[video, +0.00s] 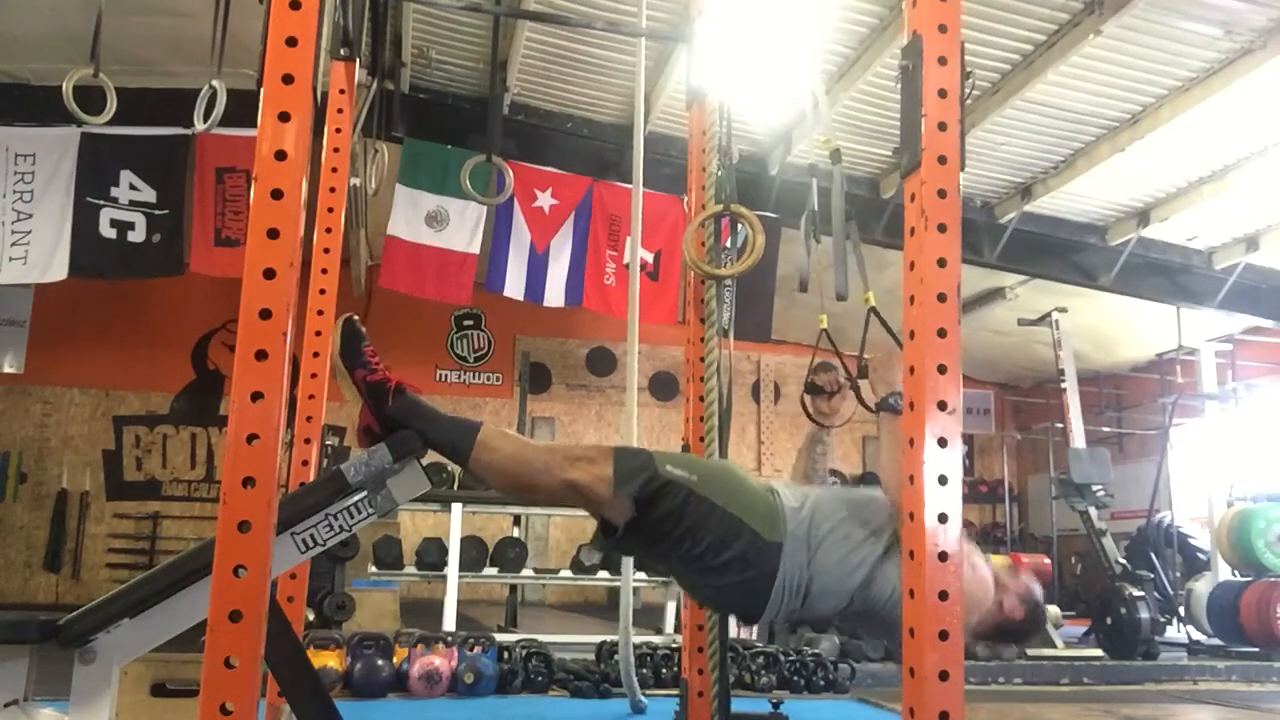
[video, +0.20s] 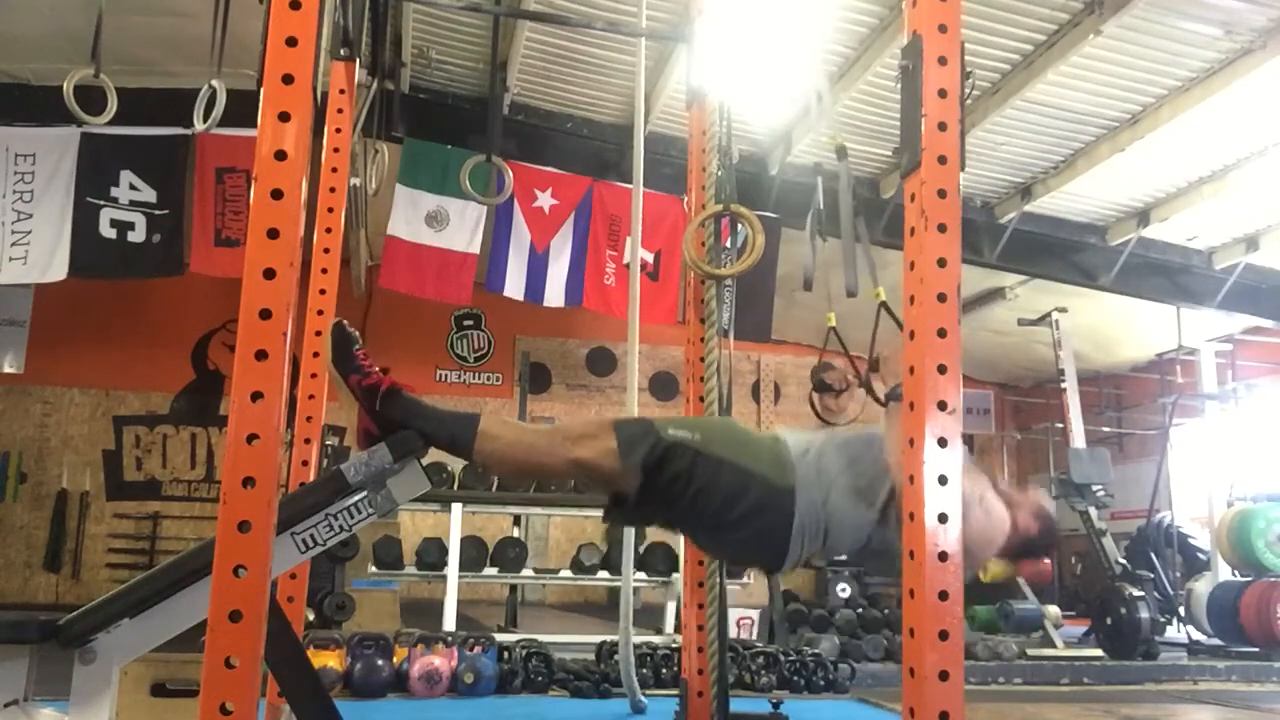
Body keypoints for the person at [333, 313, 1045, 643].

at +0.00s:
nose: (1017, 568)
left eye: (1024, 583)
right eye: (1025, 569)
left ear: (1007, 613)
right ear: (1002, 566)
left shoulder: (966, 596)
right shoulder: (947, 564)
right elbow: (859, 499)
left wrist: (934, 454)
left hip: (771, 549)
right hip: (766, 522)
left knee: (606, 479)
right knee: (600, 470)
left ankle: (402, 412)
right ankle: (416, 432)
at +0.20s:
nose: (1014, 502)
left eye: (1023, 512)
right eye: (1022, 499)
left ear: (1015, 544)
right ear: (1010, 492)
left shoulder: (969, 532)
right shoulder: (960, 496)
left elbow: (908, 490)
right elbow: (891, 460)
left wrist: (928, 428)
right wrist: (888, 409)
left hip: (786, 500)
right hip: (775, 475)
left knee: (605, 461)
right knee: (596, 453)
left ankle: (402, 417)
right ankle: (407, 415)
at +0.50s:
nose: (1019, 422)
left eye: (1030, 432)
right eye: (1025, 419)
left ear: (1027, 460)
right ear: (1011, 421)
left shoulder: (985, 465)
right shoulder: (964, 428)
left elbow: (907, 471)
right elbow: (886, 426)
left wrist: (918, 381)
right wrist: (895, 370)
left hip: (786, 443)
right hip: (776, 425)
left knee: (594, 373)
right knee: (579, 392)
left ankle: (389, 407)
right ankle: (398, 421)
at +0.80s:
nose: (925, 422)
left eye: (939, 432)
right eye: (937, 422)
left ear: (938, 467)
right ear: (927, 426)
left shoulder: (897, 486)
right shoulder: (884, 434)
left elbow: (825, 474)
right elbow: (828, 418)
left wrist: (824, 382)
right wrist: (830, 363)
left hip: (687, 418)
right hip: (688, 382)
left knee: (530, 294)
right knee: (515, 316)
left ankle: (370, 408)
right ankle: (378, 400)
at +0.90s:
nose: (894, 421)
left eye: (906, 434)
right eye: (904, 420)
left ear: (900, 470)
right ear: (891, 433)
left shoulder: (848, 480)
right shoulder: (832, 439)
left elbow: (772, 476)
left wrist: (802, 394)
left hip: (646, 405)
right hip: (646, 395)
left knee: (492, 276)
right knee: (485, 303)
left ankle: (352, 416)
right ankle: (357, 413)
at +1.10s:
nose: (809, 438)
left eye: (817, 452)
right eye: (817, 440)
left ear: (807, 471)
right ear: (804, 437)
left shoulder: (763, 473)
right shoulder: (746, 444)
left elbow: (679, 458)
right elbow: (602, 477)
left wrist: (710, 378)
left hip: (569, 373)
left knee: (410, 243)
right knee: (392, 296)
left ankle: (329, 421)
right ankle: (326, 421)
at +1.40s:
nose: (730, 385)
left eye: (740, 400)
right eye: (742, 389)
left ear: (726, 429)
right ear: (724, 416)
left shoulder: (681, 440)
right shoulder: (667, 406)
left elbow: (598, 431)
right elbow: (532, 438)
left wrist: (637, 351)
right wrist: (637, 355)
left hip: (482, 355)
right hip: (484, 316)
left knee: (329, 247)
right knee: (330, 255)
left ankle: (305, 418)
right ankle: (304, 417)